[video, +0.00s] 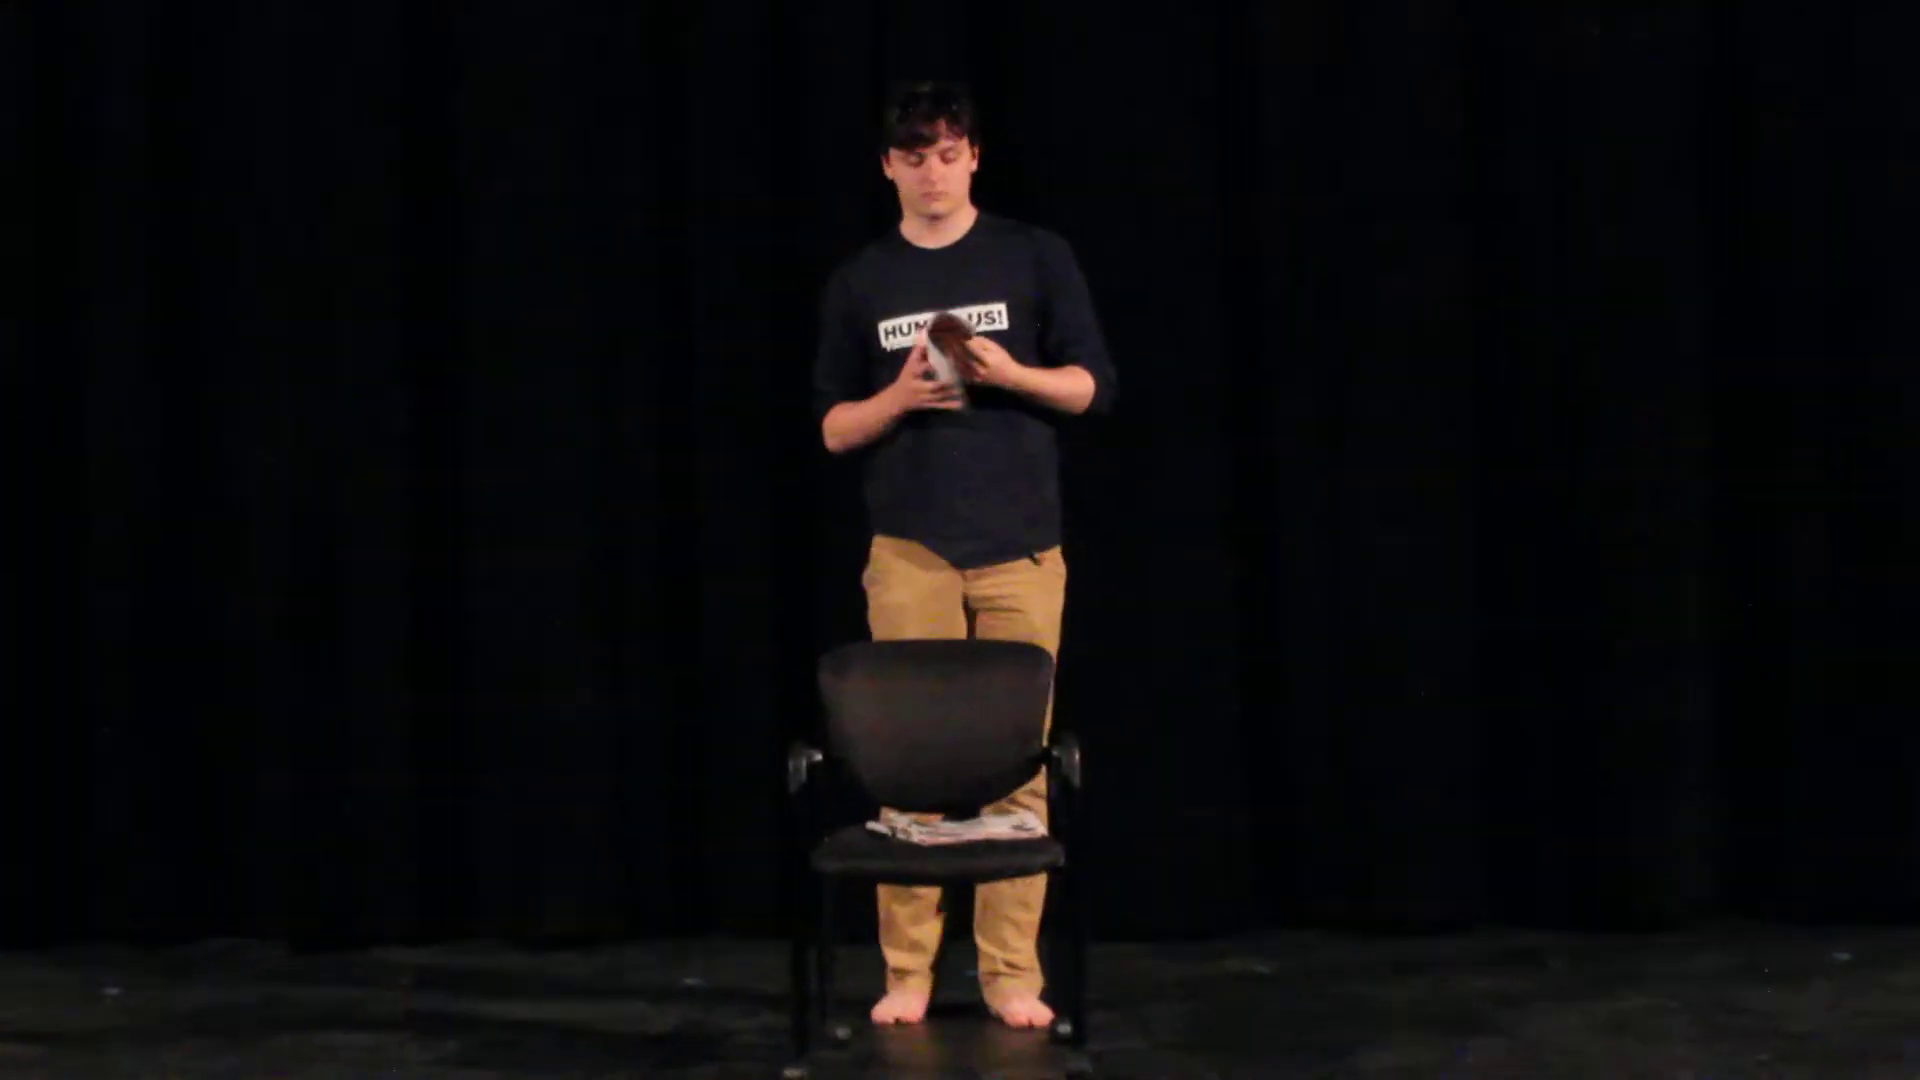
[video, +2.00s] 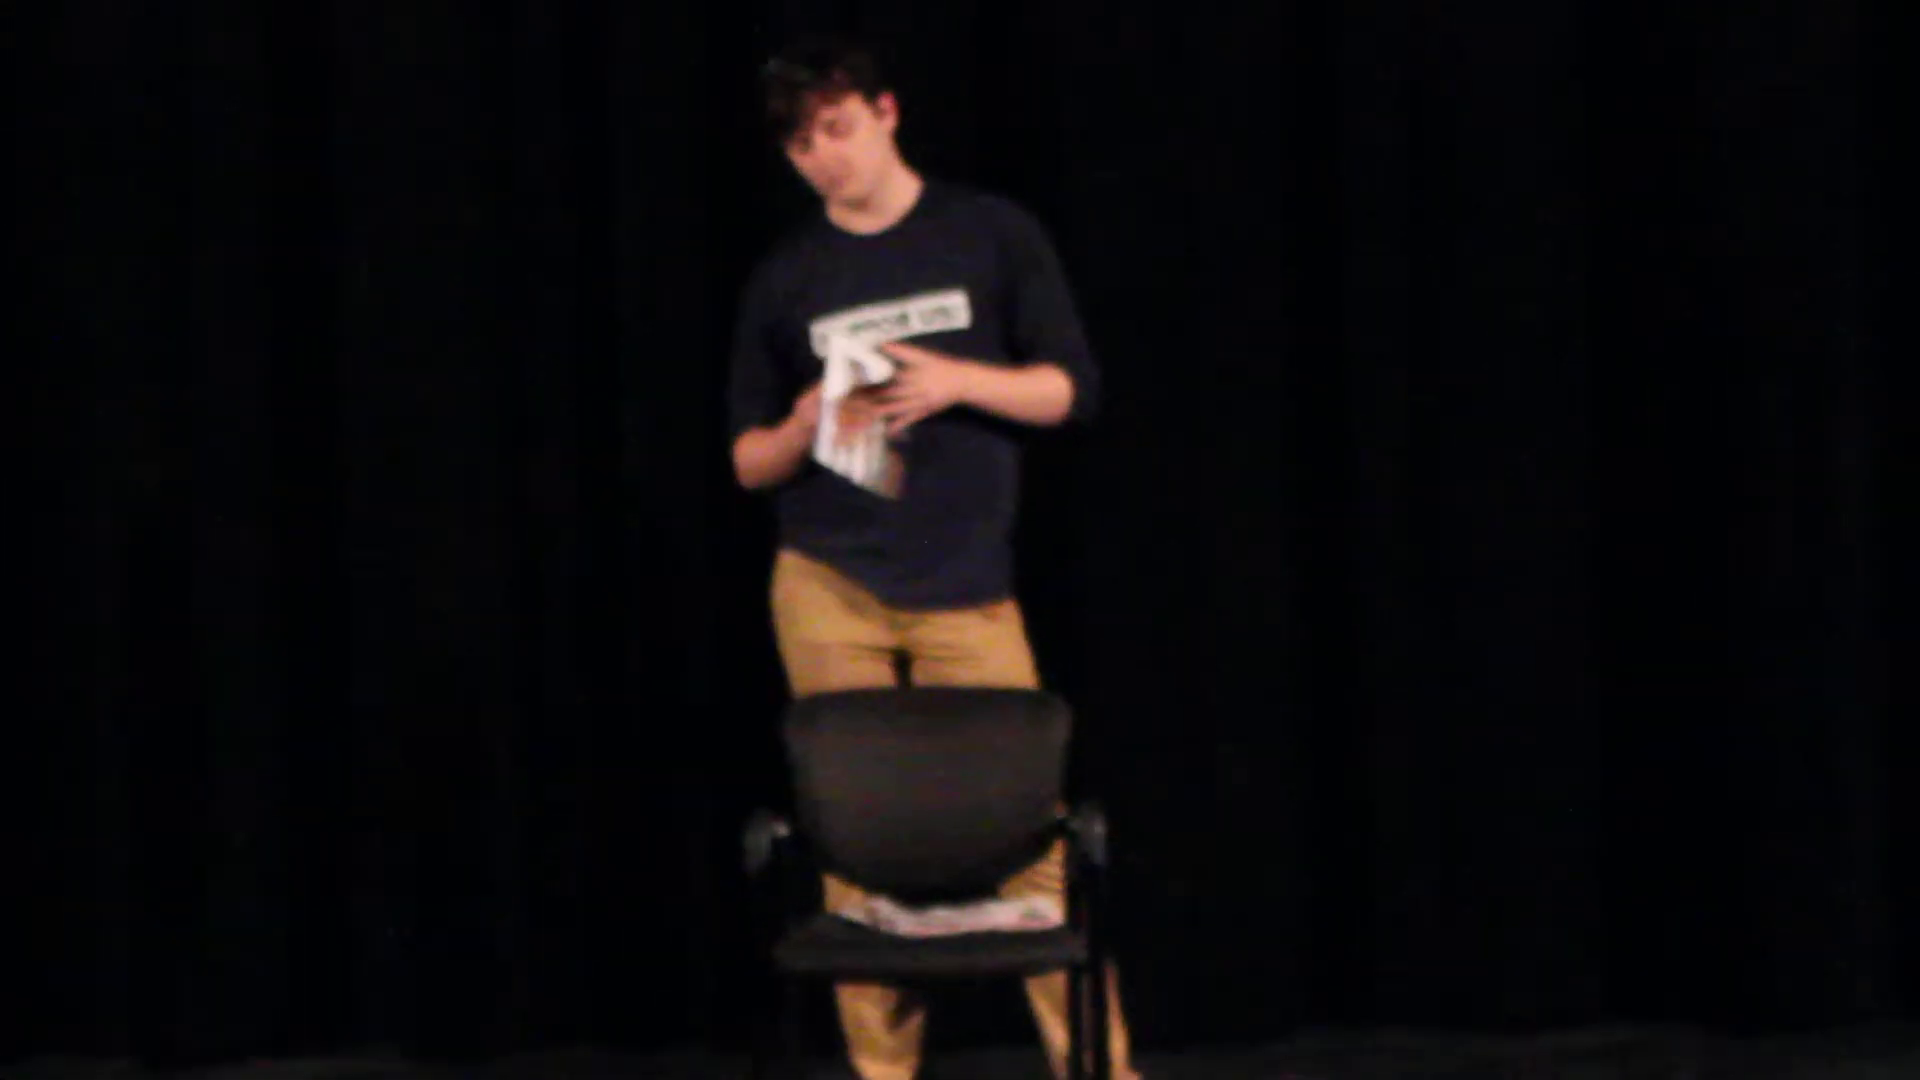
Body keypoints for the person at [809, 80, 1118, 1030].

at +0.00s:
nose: (935, 170)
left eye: (949, 152)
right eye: (917, 155)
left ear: (975, 158)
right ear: (889, 166)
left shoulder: (1038, 260)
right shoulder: (860, 282)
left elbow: (1089, 389)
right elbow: (834, 430)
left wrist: (1012, 374)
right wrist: (902, 397)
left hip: (1022, 550)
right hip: (907, 552)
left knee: (1018, 761)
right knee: (908, 759)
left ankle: (1011, 976)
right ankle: (907, 977)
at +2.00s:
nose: (821, 153)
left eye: (834, 126)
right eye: (802, 139)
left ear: (886, 114)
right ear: (789, 156)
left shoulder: (993, 236)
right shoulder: (786, 277)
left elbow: (1069, 391)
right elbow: (747, 461)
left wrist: (957, 380)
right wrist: (807, 424)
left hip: (967, 586)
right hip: (827, 585)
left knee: (1023, 828)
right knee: (855, 837)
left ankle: (1099, 1066)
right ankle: (881, 1068)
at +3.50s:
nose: (909, 166)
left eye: (925, 138)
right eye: (894, 148)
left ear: (981, 125)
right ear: (880, 164)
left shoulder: (1086, 255)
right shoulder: (878, 290)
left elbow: (1159, 412)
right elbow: (834, 480)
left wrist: (1100, 397)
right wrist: (877, 435)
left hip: (1053, 597)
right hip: (910, 593)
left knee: (1104, 847)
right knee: (930, 851)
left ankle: (1161, 1067)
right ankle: (955, 1069)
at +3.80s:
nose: (1061, 207)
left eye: (1073, 180)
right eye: (1038, 193)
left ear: (1118, 166)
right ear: (1021, 208)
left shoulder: (1226, 292)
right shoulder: (1016, 331)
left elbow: (1298, 445)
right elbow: (976, 516)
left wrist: (1237, 441)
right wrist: (1013, 489)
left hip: (1191, 634)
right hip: (1053, 635)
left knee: (1242, 871)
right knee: (1075, 878)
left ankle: (1291, 1068)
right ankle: (1091, 1075)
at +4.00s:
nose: (1148, 214)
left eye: (1162, 188)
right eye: (1124, 199)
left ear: (1201, 188)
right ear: (1100, 222)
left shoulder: (1294, 305)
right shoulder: (1082, 347)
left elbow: (1372, 455)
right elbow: (1038, 524)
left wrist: (1269, 476)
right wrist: (1107, 518)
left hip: (1266, 654)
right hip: (1127, 656)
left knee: (1317, 889)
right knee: (1156, 894)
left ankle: (1357, 1069)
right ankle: (1164, 1078)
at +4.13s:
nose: (1298, 217)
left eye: (1311, 193)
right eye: (1272, 201)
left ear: (1340, 200)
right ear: (1235, 223)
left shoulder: (1425, 318)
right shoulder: (1210, 353)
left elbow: (1496, 471)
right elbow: (1161, 529)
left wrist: (1389, 491)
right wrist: (1254, 522)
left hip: (1397, 662)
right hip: (1258, 664)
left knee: (1443, 894)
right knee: (1286, 902)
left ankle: (1477, 1072)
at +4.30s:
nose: (1415, 217)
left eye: (1429, 195)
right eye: (1389, 199)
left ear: (1448, 205)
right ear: (1340, 217)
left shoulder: (1515, 326)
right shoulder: (1299, 358)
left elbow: (1586, 478)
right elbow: (1251, 533)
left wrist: (1492, 531)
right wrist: (1356, 553)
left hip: (1492, 669)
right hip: (1351, 674)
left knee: (1534, 904)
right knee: (1376, 912)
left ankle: (1563, 1072)